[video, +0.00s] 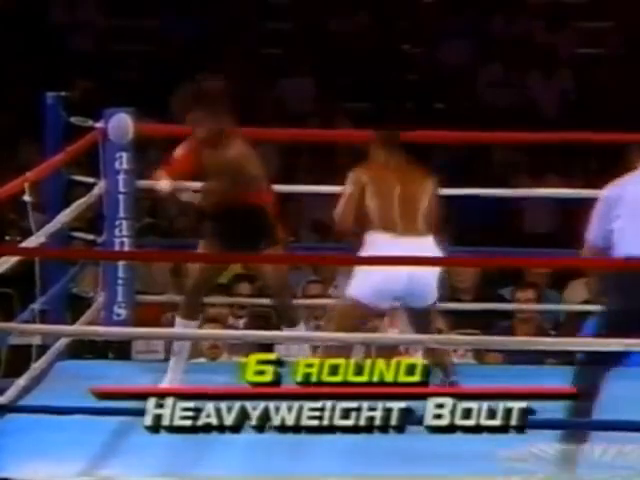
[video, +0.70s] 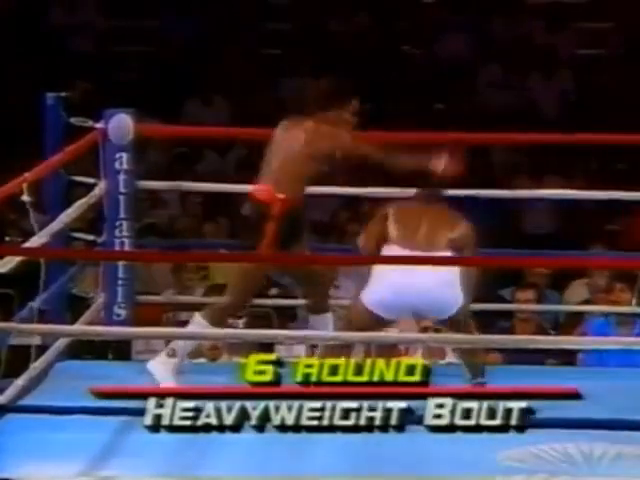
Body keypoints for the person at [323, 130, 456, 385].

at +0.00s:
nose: (372, 152)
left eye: (372, 146)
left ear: (374, 147)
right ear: (400, 147)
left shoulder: (362, 174)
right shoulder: (426, 178)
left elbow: (343, 221)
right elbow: (432, 223)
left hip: (379, 259)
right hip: (425, 259)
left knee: (336, 333)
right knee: (428, 332)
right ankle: (451, 382)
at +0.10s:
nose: (380, 128)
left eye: (381, 122)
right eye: (381, 122)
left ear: (388, 121)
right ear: (412, 123)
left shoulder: (369, 149)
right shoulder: (437, 152)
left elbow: (350, 194)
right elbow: (436, 198)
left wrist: (375, 195)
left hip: (384, 235)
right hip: (429, 237)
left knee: (349, 323)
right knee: (432, 320)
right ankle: (456, 376)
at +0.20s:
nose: (385, 99)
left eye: (387, 93)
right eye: (386, 93)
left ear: (396, 93)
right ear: (420, 95)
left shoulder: (383, 123)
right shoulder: (445, 127)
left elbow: (357, 171)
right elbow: (435, 171)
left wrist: (361, 141)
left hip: (394, 209)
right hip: (437, 211)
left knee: (367, 306)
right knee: (443, 306)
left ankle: (360, 376)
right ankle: (464, 372)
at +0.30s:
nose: (388, 102)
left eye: (390, 95)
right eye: (389, 96)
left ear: (401, 94)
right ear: (422, 95)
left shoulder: (391, 125)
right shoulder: (451, 129)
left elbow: (364, 174)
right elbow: (442, 171)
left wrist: (362, 144)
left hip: (400, 213)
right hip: (441, 213)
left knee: (375, 308)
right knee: (450, 307)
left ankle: (360, 376)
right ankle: (473, 371)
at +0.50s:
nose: (410, 134)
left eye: (412, 128)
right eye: (413, 129)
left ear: (417, 129)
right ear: (443, 132)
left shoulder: (398, 157)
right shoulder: (463, 163)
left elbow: (380, 201)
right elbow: (454, 204)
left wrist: (374, 179)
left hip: (402, 243)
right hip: (447, 245)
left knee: (365, 320)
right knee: (460, 323)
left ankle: (349, 383)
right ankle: (480, 382)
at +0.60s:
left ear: (416, 166)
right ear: (452, 167)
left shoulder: (399, 188)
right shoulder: (463, 196)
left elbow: (370, 220)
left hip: (393, 265)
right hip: (443, 269)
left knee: (348, 331)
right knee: (463, 325)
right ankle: (479, 382)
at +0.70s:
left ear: (414, 196)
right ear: (442, 200)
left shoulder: (390, 213)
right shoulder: (459, 224)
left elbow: (366, 245)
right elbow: (470, 268)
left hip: (390, 282)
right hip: (443, 284)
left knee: (348, 331)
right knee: (464, 328)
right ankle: (479, 377)